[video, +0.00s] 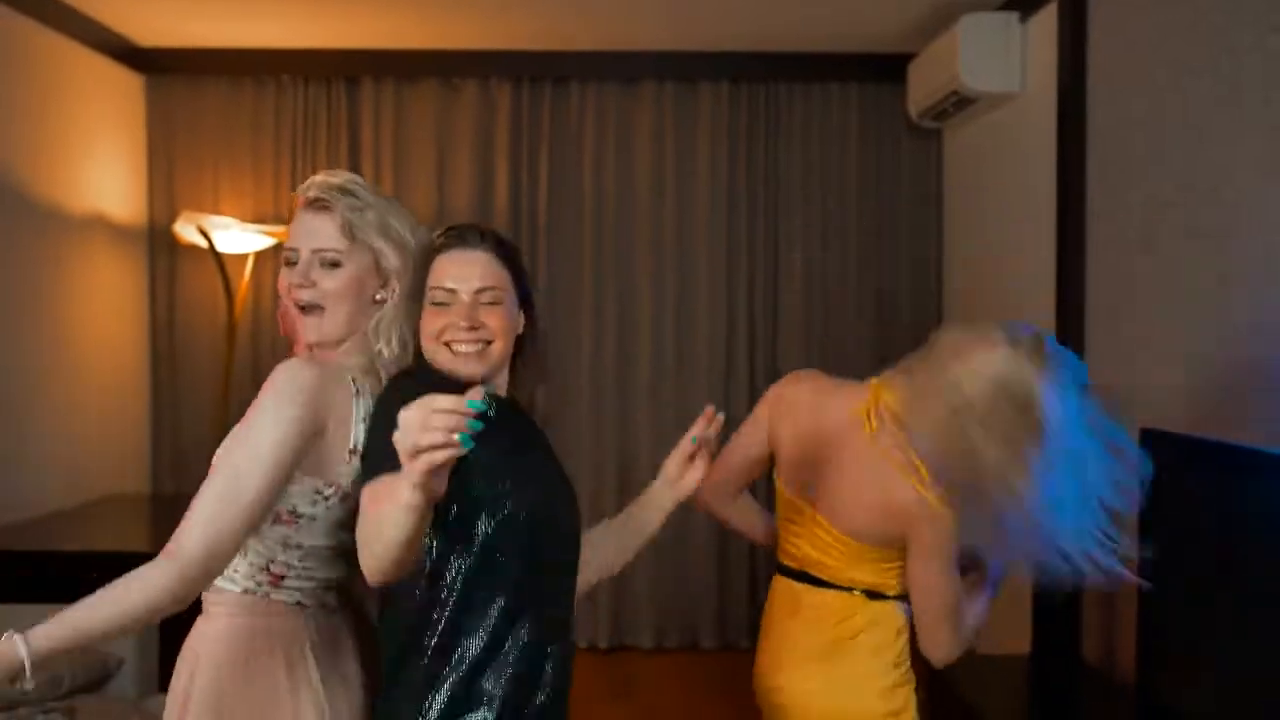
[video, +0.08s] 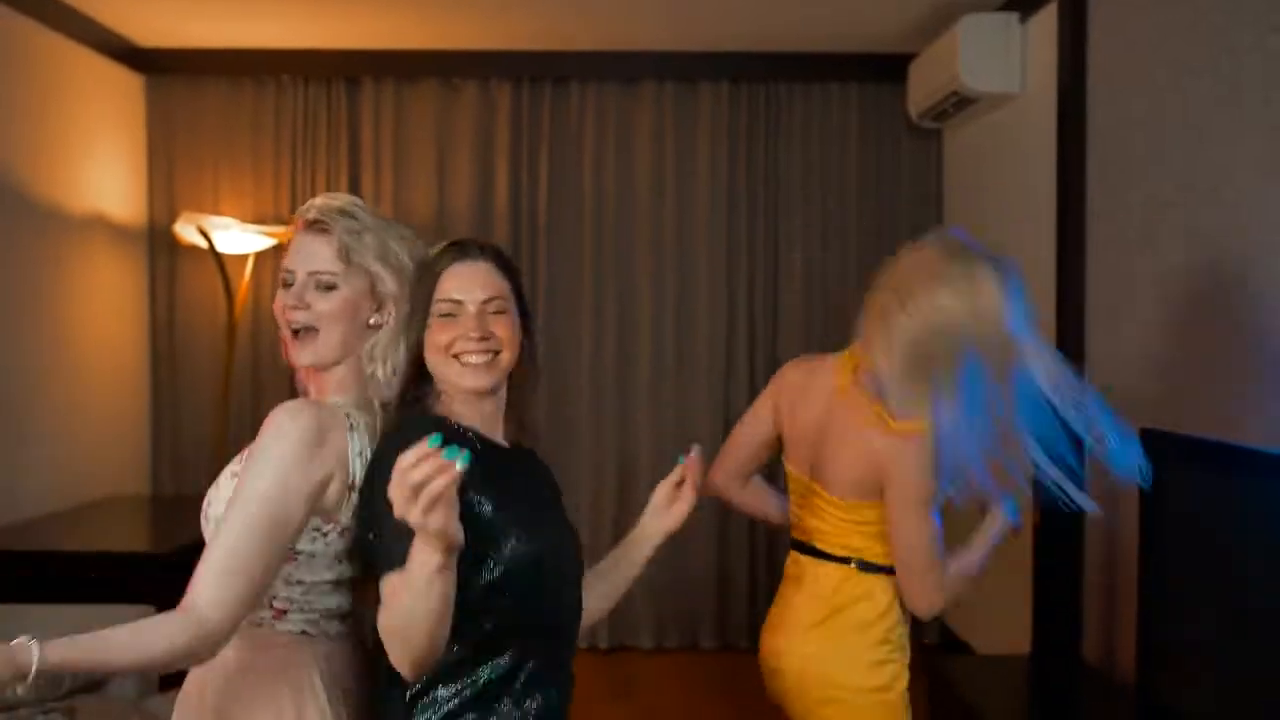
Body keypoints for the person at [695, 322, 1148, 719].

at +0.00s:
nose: (998, 465)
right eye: (1003, 451)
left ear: (941, 362)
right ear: (981, 437)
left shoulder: (797, 396)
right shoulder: (924, 499)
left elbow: (716, 489)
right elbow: (941, 646)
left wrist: (790, 543)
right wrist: (983, 587)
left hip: (780, 660)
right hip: (861, 684)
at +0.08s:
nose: (976, 369)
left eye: (982, 354)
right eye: (976, 353)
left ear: (887, 302)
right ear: (947, 349)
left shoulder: (799, 378)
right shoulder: (903, 434)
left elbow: (727, 479)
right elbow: (926, 597)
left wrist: (805, 520)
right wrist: (997, 520)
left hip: (788, 630)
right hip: (855, 657)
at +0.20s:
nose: (919, 285)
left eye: (927, 272)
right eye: (898, 269)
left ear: (940, 285)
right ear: (851, 285)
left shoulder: (817, 372)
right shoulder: (878, 389)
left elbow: (754, 488)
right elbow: (917, 548)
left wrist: (842, 515)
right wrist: (987, 452)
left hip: (793, 620)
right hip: (838, 642)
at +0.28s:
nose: (897, 309)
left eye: (909, 297)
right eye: (877, 291)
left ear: (919, 315)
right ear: (836, 310)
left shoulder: (818, 392)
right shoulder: (853, 395)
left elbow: (761, 530)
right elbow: (911, 542)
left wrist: (862, 528)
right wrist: (978, 433)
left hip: (802, 647)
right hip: (828, 663)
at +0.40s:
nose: (876, 322)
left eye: (889, 312)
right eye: (858, 306)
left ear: (900, 328)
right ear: (821, 320)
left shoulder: (807, 393)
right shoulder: (834, 393)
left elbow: (785, 544)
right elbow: (860, 521)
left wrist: (886, 509)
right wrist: (950, 422)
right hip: (823, 659)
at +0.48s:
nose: (867, 304)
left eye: (882, 292)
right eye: (850, 286)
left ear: (896, 309)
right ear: (815, 297)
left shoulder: (848, 378)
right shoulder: (819, 363)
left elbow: (831, 487)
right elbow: (816, 474)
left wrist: (888, 487)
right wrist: (926, 411)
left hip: (846, 621)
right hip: (814, 622)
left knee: (885, 708)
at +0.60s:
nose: (853, 309)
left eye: (869, 298)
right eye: (837, 294)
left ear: (887, 313)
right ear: (811, 304)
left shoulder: (853, 394)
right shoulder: (814, 345)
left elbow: (861, 532)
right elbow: (777, 434)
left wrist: (918, 495)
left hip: (852, 619)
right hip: (802, 618)